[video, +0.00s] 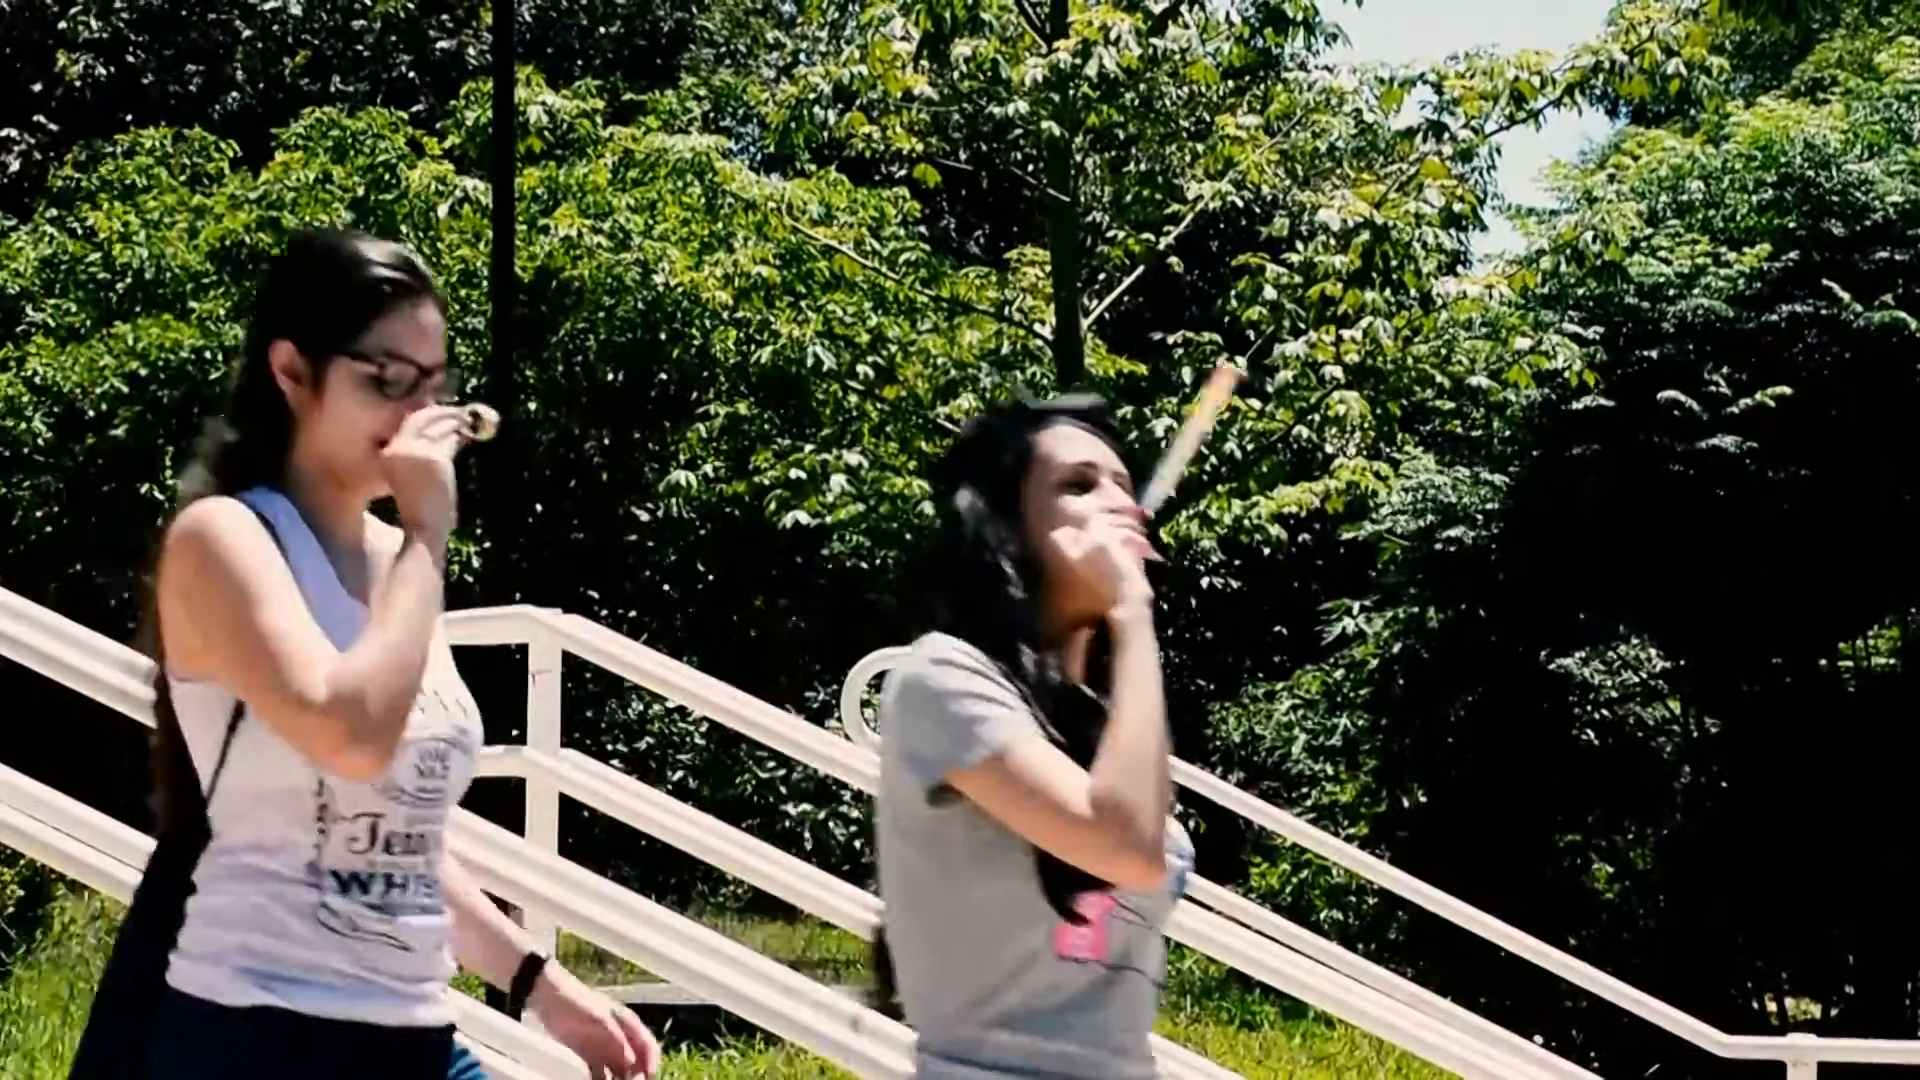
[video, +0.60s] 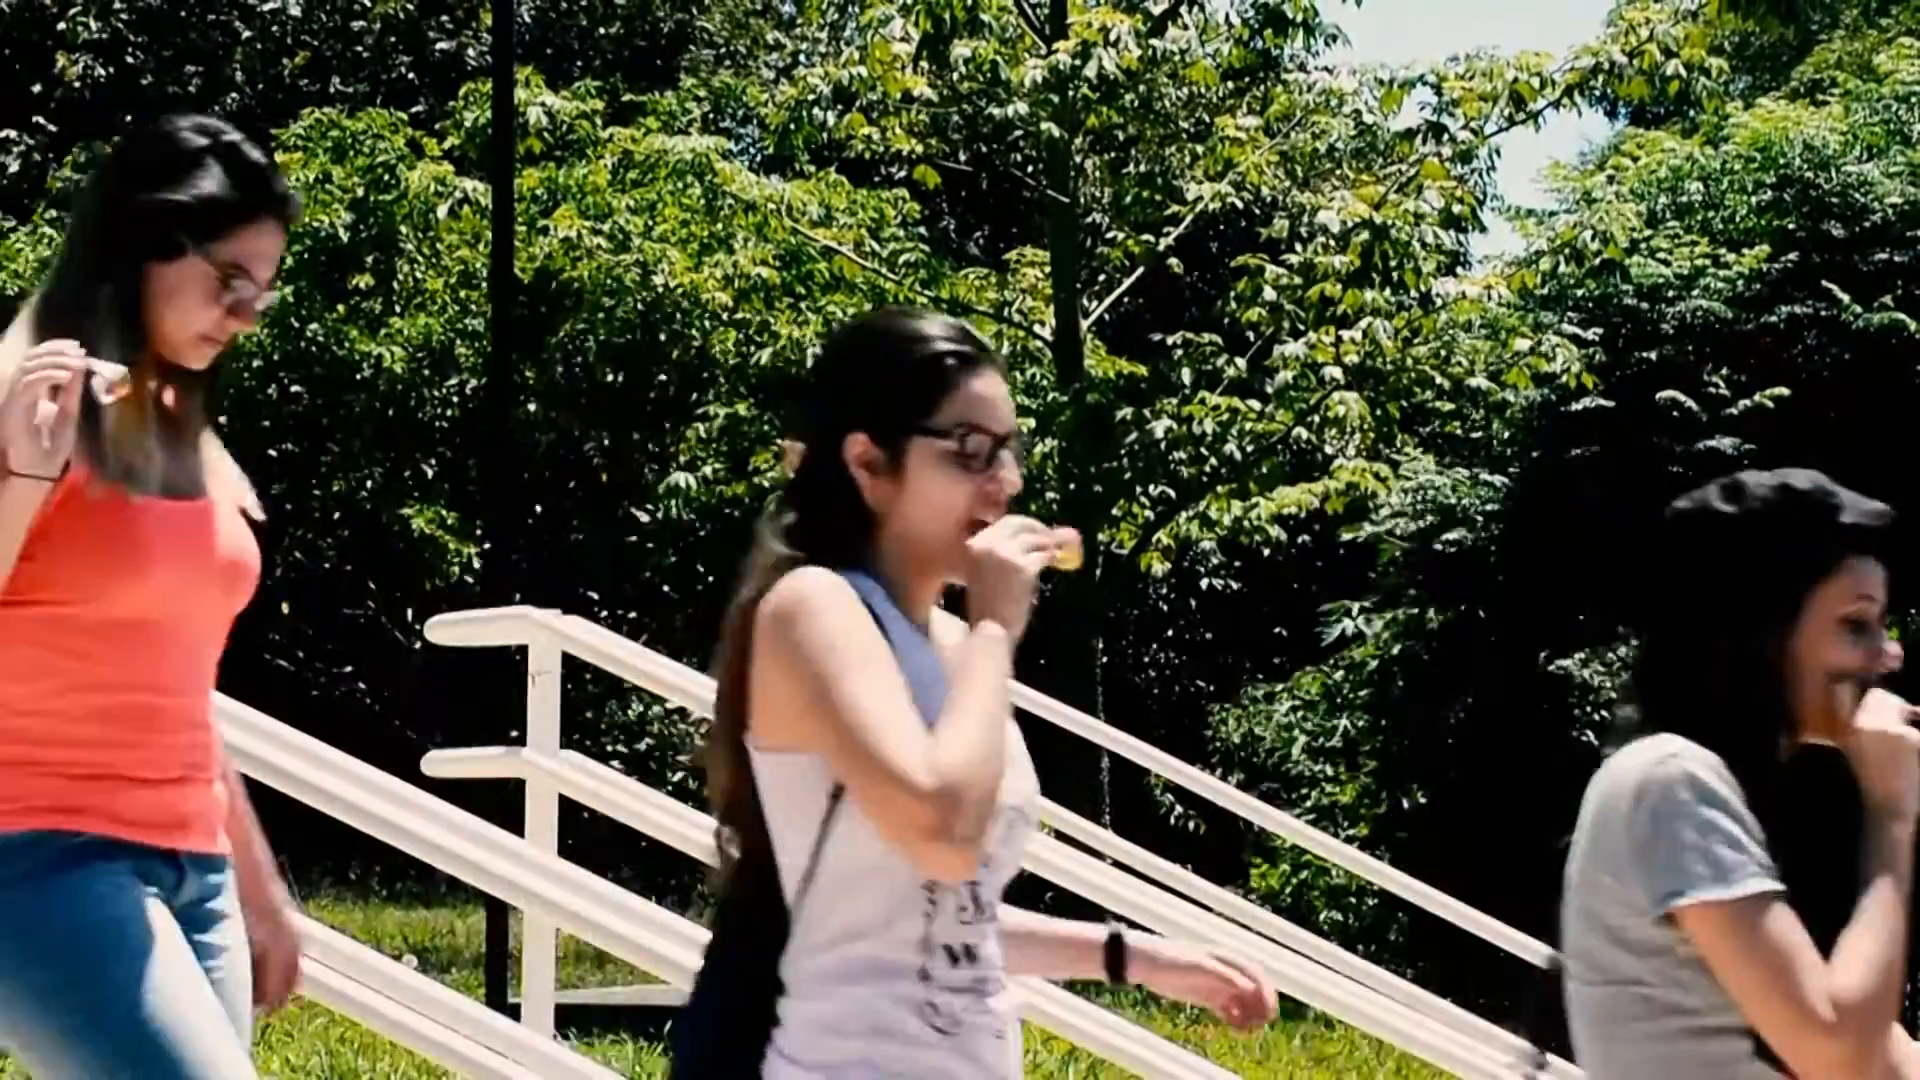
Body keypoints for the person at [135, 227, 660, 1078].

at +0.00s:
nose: (423, 410)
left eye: (435, 383)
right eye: (391, 377)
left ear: (450, 398)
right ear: (292, 373)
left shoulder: (404, 559)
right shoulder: (217, 537)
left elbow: (404, 837)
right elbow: (353, 737)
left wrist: (539, 983)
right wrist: (426, 538)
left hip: (412, 1030)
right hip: (244, 1024)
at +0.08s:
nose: (493, 410)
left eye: (506, 383)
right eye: (464, 375)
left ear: (521, 396)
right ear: (366, 370)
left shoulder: (467, 557)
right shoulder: (292, 535)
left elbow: (439, 837)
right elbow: (429, 733)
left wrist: (555, 986)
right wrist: (494, 536)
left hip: (489, 1029)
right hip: (329, 1024)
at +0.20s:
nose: (604, 395)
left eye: (617, 370)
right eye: (573, 363)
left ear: (629, 376)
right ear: (478, 363)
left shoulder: (570, 550)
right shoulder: (412, 524)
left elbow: (577, 822)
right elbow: (533, 744)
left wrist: (650, 1006)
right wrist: (601, 538)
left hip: (607, 1025)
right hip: (463, 1018)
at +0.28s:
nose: (700, 444)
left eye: (708, 413)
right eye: (665, 409)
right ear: (569, 416)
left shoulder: (647, 595)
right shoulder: (512, 568)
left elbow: (637, 903)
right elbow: (606, 824)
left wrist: (756, 1038)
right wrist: (682, 615)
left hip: (678, 1050)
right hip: (543, 1048)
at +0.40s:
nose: (823, 497)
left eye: (829, 468)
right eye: (787, 465)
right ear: (687, 474)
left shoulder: (770, 655)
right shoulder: (635, 626)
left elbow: (764, 947)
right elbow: (709, 892)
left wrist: (943, 1045)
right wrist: (798, 693)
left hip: (782, 1061)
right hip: (644, 1058)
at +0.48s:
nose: (894, 476)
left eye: (902, 448)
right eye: (861, 445)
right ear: (760, 448)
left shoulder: (845, 634)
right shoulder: (702, 601)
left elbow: (844, 928)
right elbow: (786, 854)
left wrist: (1033, 985)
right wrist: (869, 651)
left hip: (866, 1053)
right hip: (727, 1053)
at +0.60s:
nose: (1010, 481)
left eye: (1012, 450)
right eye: (971, 450)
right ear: (869, 464)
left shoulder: (952, 643)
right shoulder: (811, 606)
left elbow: (951, 924)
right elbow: (944, 828)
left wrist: (1132, 959)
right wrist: (996, 627)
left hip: (980, 1058)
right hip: (857, 1057)